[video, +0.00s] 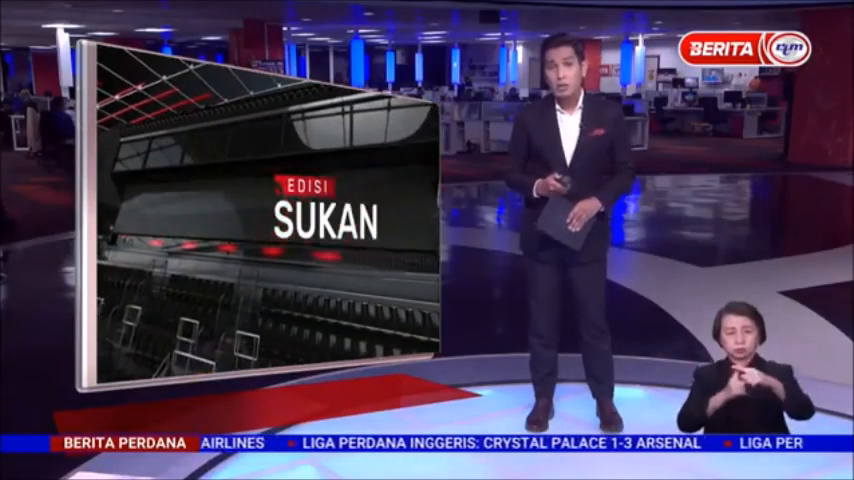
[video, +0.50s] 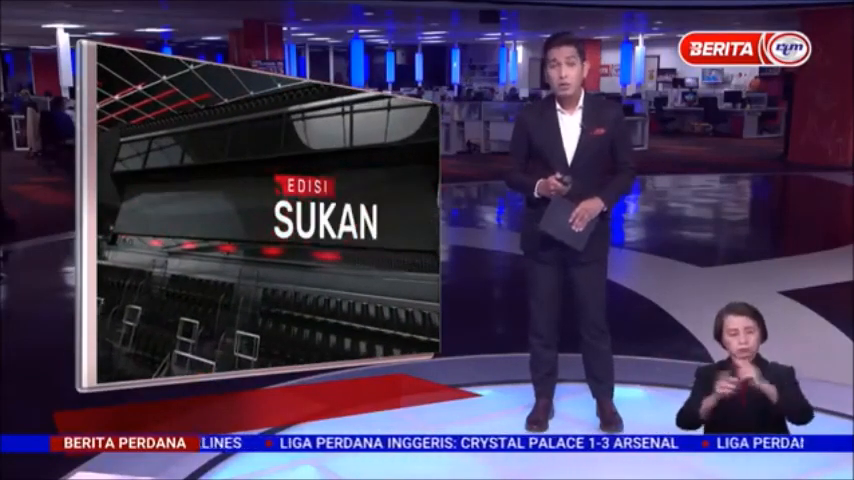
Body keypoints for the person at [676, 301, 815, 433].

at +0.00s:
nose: (740, 340)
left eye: (748, 331)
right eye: (731, 333)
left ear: (760, 336)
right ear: (720, 340)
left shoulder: (781, 373)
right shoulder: (709, 375)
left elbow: (806, 412)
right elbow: (687, 424)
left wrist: (772, 383)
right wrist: (727, 394)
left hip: (774, 460)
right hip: (722, 460)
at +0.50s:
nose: (743, 340)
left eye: (750, 332)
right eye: (734, 333)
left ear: (762, 335)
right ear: (722, 340)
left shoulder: (782, 374)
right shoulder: (709, 375)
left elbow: (804, 416)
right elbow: (685, 421)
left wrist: (765, 386)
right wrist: (716, 397)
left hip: (773, 461)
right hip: (720, 461)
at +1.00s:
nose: (743, 345)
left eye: (750, 336)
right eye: (734, 337)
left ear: (762, 338)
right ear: (723, 341)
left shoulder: (781, 375)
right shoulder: (711, 376)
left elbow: (809, 417)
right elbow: (680, 420)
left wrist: (784, 384)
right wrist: (701, 385)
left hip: (772, 460)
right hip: (720, 460)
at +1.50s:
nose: (745, 341)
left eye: (752, 333)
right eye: (736, 334)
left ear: (765, 337)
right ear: (725, 340)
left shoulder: (785, 379)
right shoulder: (708, 377)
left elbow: (804, 432)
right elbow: (684, 430)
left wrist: (777, 428)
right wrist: (710, 419)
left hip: (770, 465)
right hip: (716, 464)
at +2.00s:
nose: (746, 339)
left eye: (754, 331)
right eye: (737, 332)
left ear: (767, 336)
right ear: (727, 338)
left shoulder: (785, 379)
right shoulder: (712, 375)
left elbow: (801, 429)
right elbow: (694, 424)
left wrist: (761, 420)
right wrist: (724, 392)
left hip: (769, 461)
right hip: (719, 459)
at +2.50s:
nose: (747, 340)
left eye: (755, 332)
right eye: (738, 333)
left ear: (768, 337)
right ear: (728, 339)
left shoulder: (787, 381)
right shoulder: (712, 374)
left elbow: (797, 436)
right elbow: (686, 420)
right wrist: (712, 392)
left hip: (770, 465)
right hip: (718, 463)